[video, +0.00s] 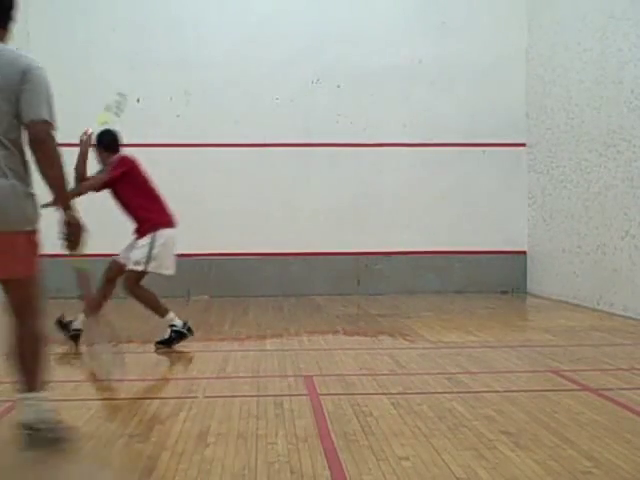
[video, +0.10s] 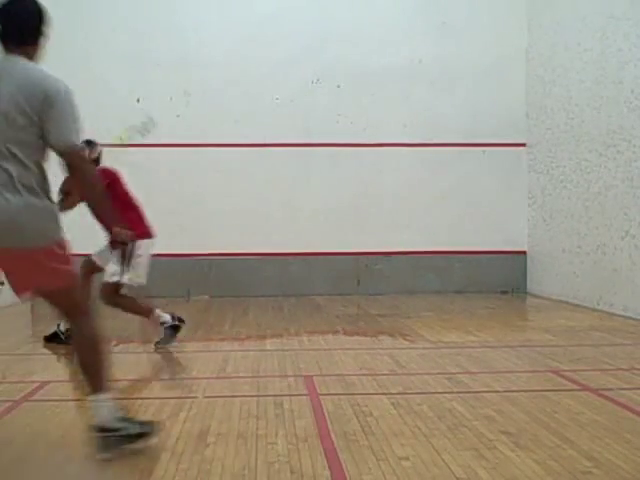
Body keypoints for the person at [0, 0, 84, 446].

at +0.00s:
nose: (11, 21)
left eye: (9, 15)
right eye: (11, 15)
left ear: (6, 22)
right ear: (9, 18)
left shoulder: (22, 69)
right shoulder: (22, 69)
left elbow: (39, 140)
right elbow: (41, 138)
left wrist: (64, 207)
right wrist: (66, 208)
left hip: (13, 217)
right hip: (10, 215)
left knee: (27, 313)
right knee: (26, 312)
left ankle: (33, 407)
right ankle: (33, 407)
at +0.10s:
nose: (46, 39)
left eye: (43, 31)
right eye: (43, 31)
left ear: (4, 32)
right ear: (35, 34)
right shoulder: (42, 86)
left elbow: (73, 160)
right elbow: (79, 164)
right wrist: (112, 226)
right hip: (22, 221)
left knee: (77, 309)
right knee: (79, 310)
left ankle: (105, 413)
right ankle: (105, 414)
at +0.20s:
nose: (85, 55)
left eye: (75, 46)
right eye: (85, 48)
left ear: (45, 49)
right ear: (84, 51)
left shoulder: (13, 96)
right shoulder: (87, 104)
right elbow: (124, 174)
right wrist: (172, 233)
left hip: (5, 232)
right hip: (58, 238)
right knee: (128, 316)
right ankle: (146, 429)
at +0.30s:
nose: (143, 49)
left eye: (135, 41)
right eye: (143, 42)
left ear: (105, 44)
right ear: (141, 46)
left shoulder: (74, 90)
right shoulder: (146, 95)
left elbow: (34, 152)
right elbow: (181, 162)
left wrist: (71, 189)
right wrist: (221, 222)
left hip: (58, 224)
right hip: (116, 227)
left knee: (17, 322)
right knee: (161, 319)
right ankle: (151, 428)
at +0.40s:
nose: (193, 25)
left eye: (183, 18)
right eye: (194, 19)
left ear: (158, 24)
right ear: (195, 25)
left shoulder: (129, 71)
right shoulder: (202, 71)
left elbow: (90, 133)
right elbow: (220, 135)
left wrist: (116, 174)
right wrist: (256, 198)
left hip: (114, 205)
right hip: (172, 208)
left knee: (100, 306)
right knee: (183, 315)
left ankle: (70, 400)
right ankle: (159, 421)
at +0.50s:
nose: (241, 13)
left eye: (230, 9)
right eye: (243, 9)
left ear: (206, 12)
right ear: (242, 12)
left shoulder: (177, 56)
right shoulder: (246, 53)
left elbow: (141, 120)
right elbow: (252, 120)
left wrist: (164, 162)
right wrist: (287, 192)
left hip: (171, 189)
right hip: (221, 192)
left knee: (185, 293)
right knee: (242, 295)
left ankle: (170, 403)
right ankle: (204, 399)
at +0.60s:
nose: (289, 20)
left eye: (278, 14)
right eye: (290, 14)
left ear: (254, 19)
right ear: (289, 19)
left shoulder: (232, 62)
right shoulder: (288, 62)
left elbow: (203, 134)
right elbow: (292, 136)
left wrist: (234, 176)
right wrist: (328, 209)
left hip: (222, 206)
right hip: (267, 206)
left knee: (243, 300)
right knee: (319, 296)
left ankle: (214, 417)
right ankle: (301, 409)